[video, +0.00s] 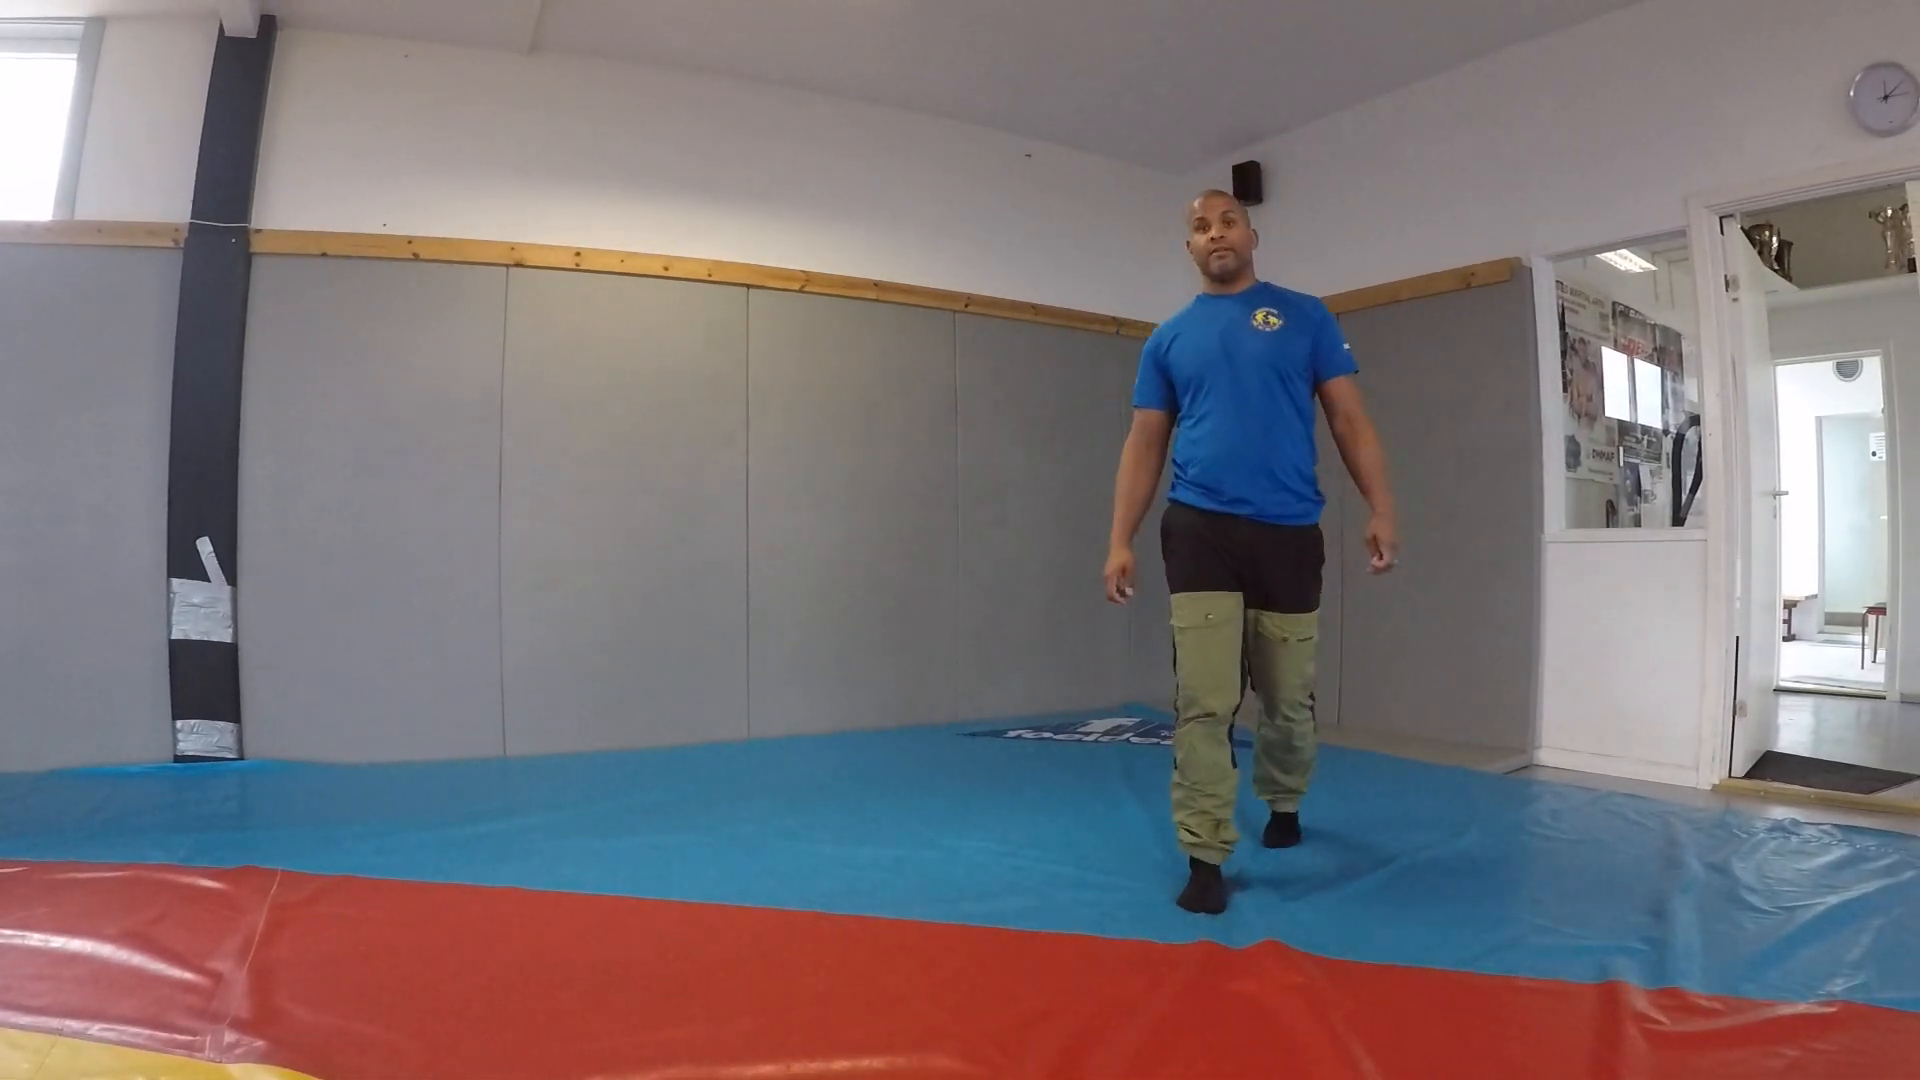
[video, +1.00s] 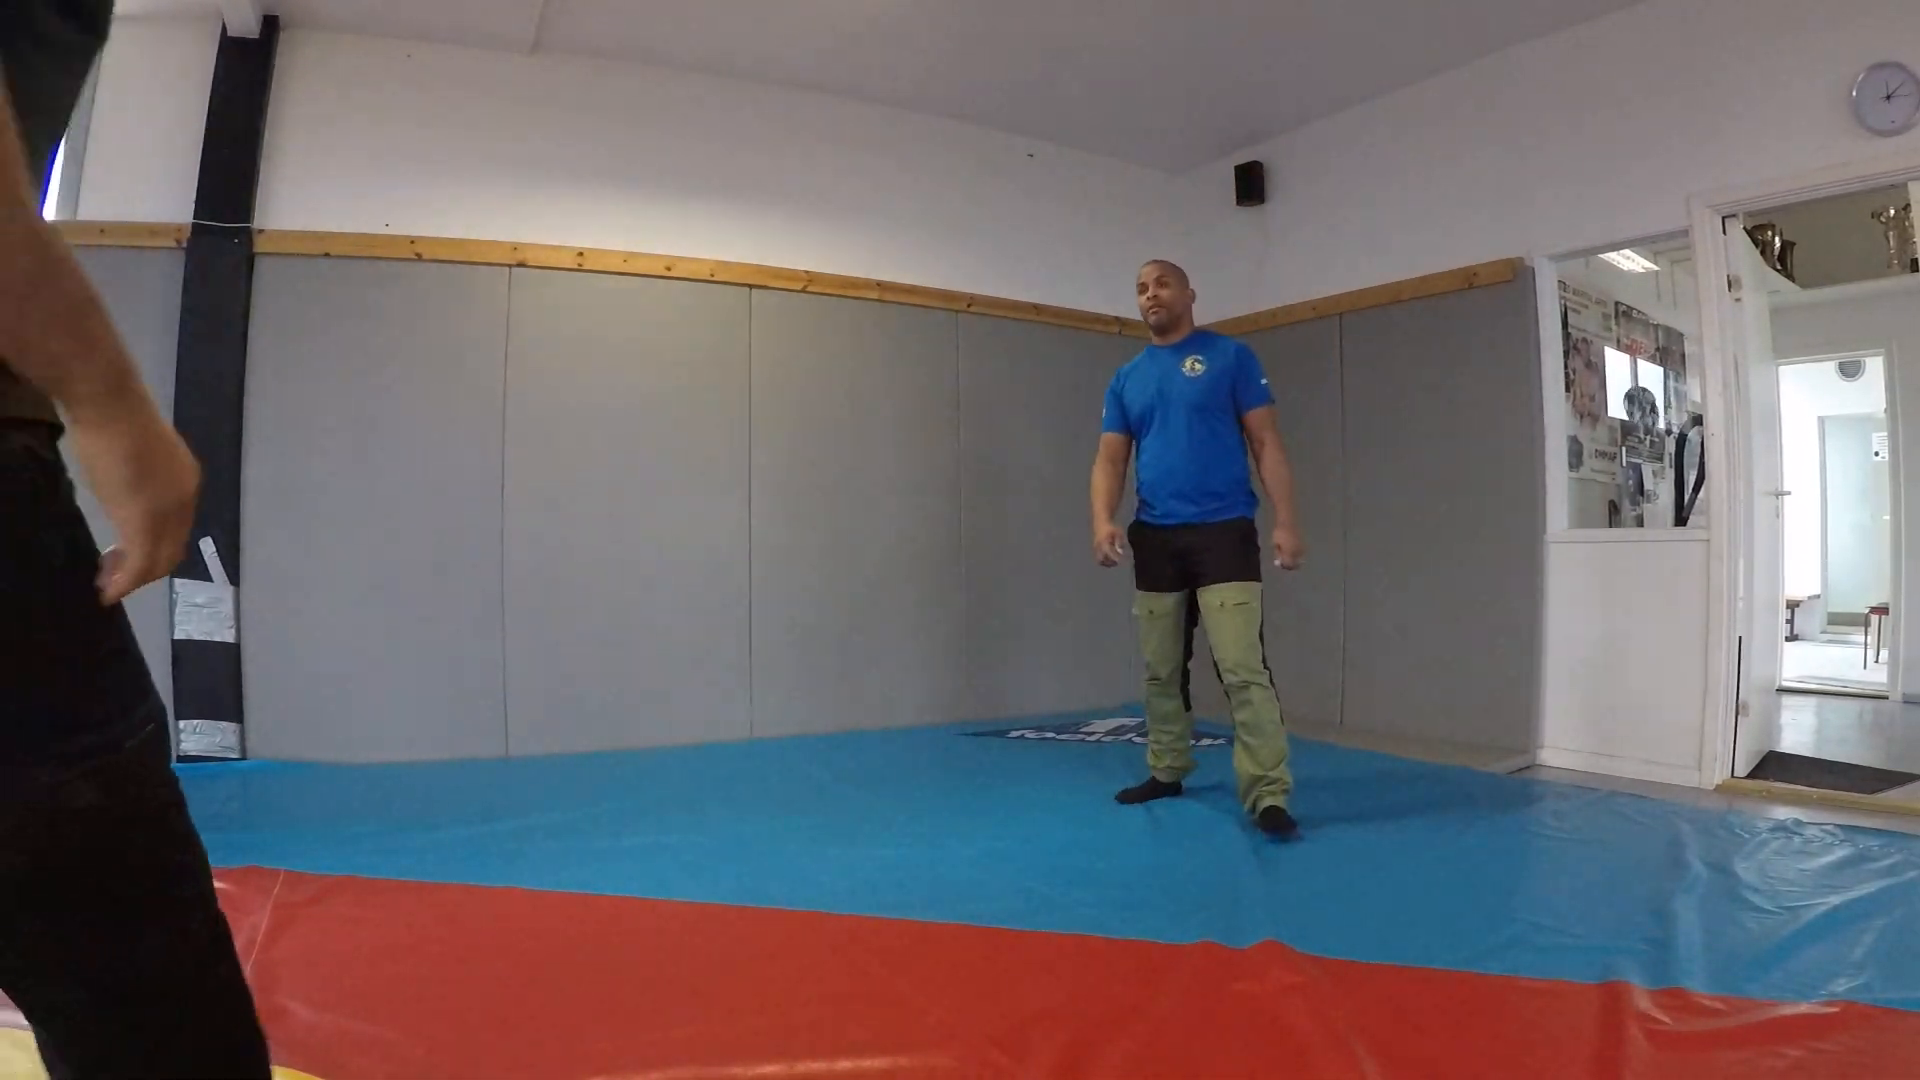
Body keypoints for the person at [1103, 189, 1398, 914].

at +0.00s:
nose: (1217, 235)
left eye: (1228, 222)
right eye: (1203, 228)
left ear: (1253, 236)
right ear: (1189, 250)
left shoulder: (1305, 317)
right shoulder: (1168, 339)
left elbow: (1348, 416)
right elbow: (1145, 445)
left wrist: (1380, 507)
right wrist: (1120, 541)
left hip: (1288, 530)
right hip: (1200, 529)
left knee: (1288, 696)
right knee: (1205, 699)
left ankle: (1284, 799)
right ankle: (1204, 856)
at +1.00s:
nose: (1150, 294)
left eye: (1161, 284)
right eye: (1143, 288)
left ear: (1189, 295)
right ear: (1138, 304)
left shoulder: (1231, 358)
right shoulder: (1126, 379)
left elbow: (1265, 442)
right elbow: (1110, 458)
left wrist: (1285, 523)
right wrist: (1102, 521)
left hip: (1225, 533)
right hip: (1155, 537)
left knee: (1241, 667)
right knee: (1160, 666)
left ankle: (1268, 795)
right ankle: (1166, 772)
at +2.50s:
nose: (1119, 316)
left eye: (1128, 303)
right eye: (1114, 310)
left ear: (1164, 306)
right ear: (1119, 323)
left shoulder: (1195, 359)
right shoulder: (1140, 381)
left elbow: (1211, 437)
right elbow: (1150, 474)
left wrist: (1132, 405)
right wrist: (1104, 485)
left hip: (1207, 530)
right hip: (1157, 533)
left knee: (1185, 656)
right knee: (1145, 667)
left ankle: (1240, 799)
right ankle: (1167, 774)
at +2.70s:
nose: (1132, 326)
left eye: (1143, 312)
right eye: (1128, 318)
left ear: (1181, 315)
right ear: (1135, 329)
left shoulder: (1206, 370)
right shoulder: (1167, 383)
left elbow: (1190, 457)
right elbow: (1171, 471)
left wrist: (1122, 405)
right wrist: (1118, 456)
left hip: (1233, 545)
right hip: (1185, 544)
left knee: (1199, 677)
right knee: (1148, 671)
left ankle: (1264, 815)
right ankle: (1170, 773)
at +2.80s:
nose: (1141, 328)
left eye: (1151, 315)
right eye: (1138, 319)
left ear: (1190, 317)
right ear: (1147, 327)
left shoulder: (1214, 374)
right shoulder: (1182, 381)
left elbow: (1192, 467)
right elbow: (1178, 462)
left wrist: (1129, 415)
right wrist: (1128, 431)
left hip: (1247, 544)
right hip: (1201, 544)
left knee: (1203, 674)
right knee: (1157, 670)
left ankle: (1264, 817)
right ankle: (1171, 774)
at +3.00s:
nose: (1169, 329)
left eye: (1179, 316)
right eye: (1166, 319)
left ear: (1220, 317)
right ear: (1174, 325)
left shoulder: (1259, 387)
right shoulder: (1181, 376)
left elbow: (1246, 480)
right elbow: (1116, 410)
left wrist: (1179, 412)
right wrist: (1068, 355)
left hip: (1267, 546)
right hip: (1213, 544)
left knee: (1217, 671)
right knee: (1172, 663)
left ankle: (1265, 818)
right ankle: (1215, 754)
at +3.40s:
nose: (1173, 334)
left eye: (1184, 322)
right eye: (1168, 327)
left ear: (1221, 326)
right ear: (1170, 337)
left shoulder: (1257, 374)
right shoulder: (1174, 400)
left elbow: (1231, 409)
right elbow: (1164, 484)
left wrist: (1166, 344)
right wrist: (1139, 476)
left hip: (1264, 544)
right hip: (1214, 550)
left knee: (1224, 668)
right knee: (1225, 670)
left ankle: (1267, 813)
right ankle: (1258, 759)